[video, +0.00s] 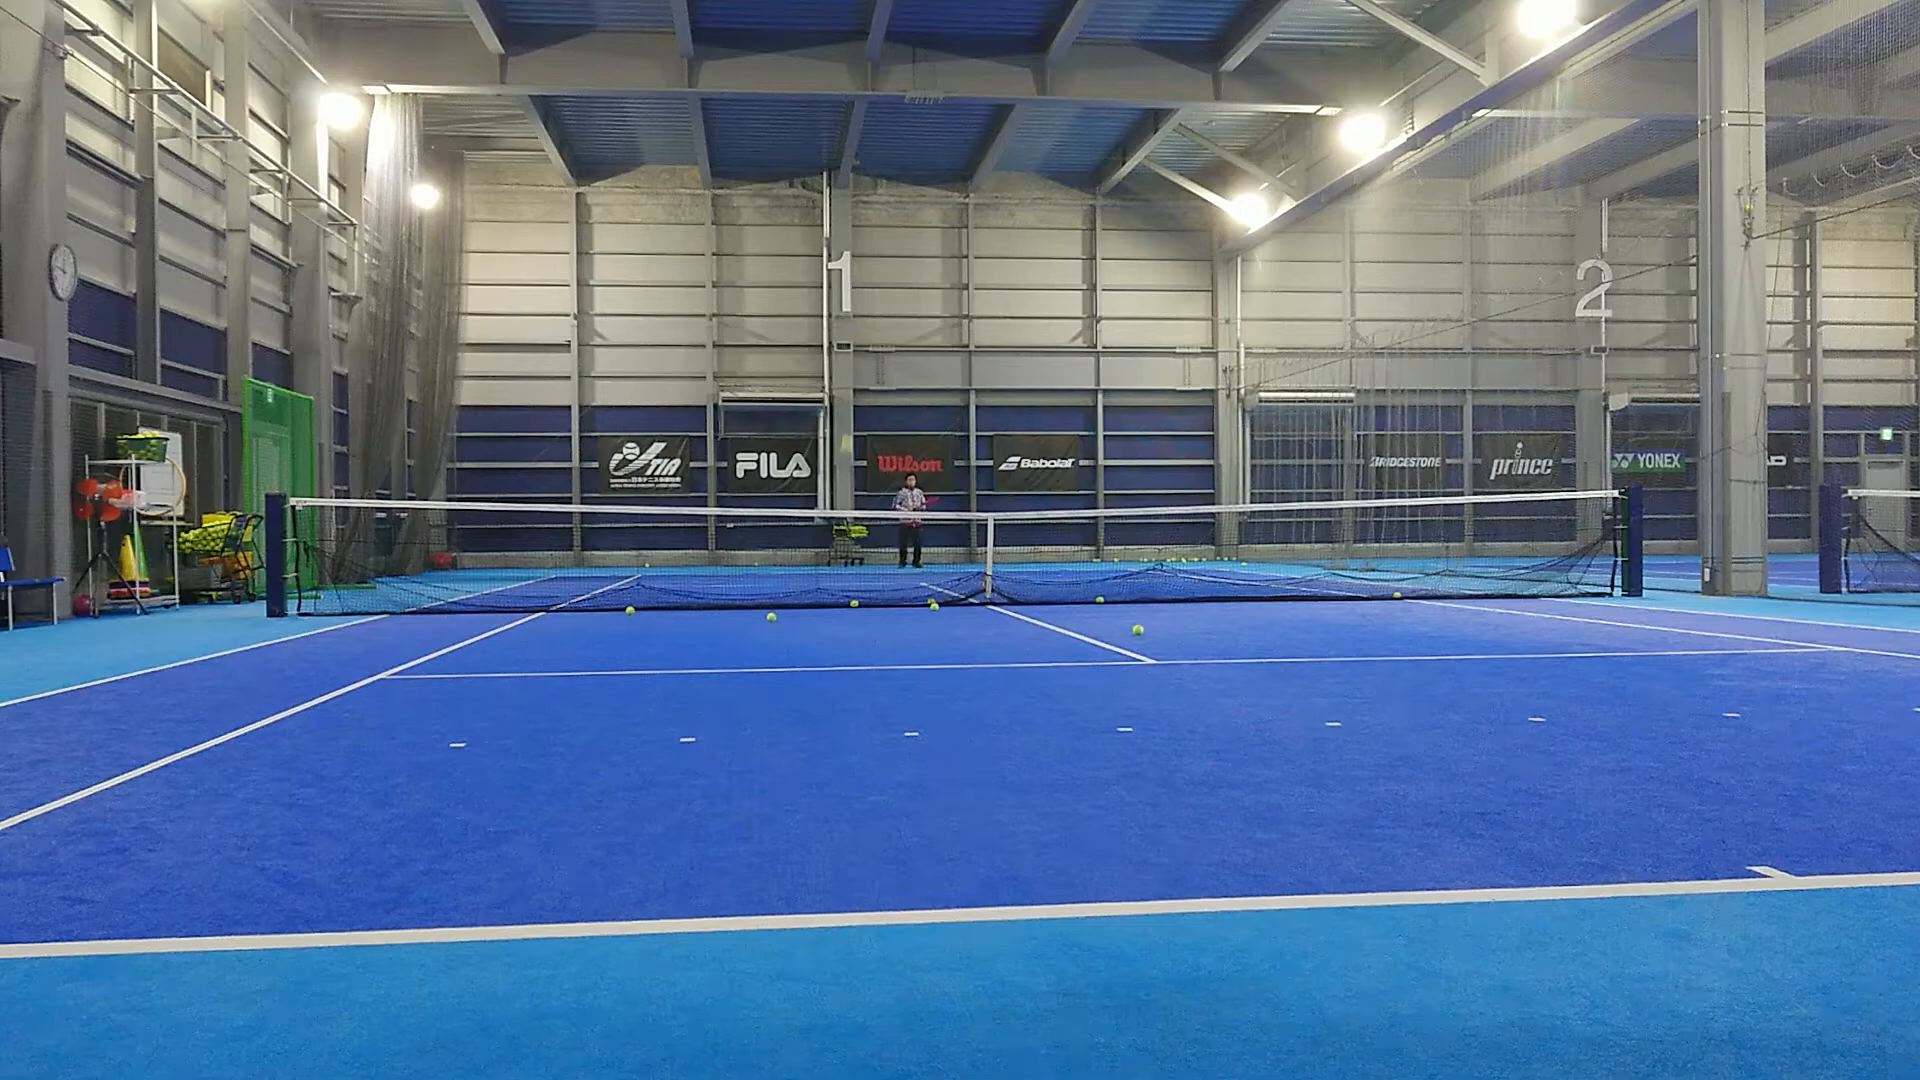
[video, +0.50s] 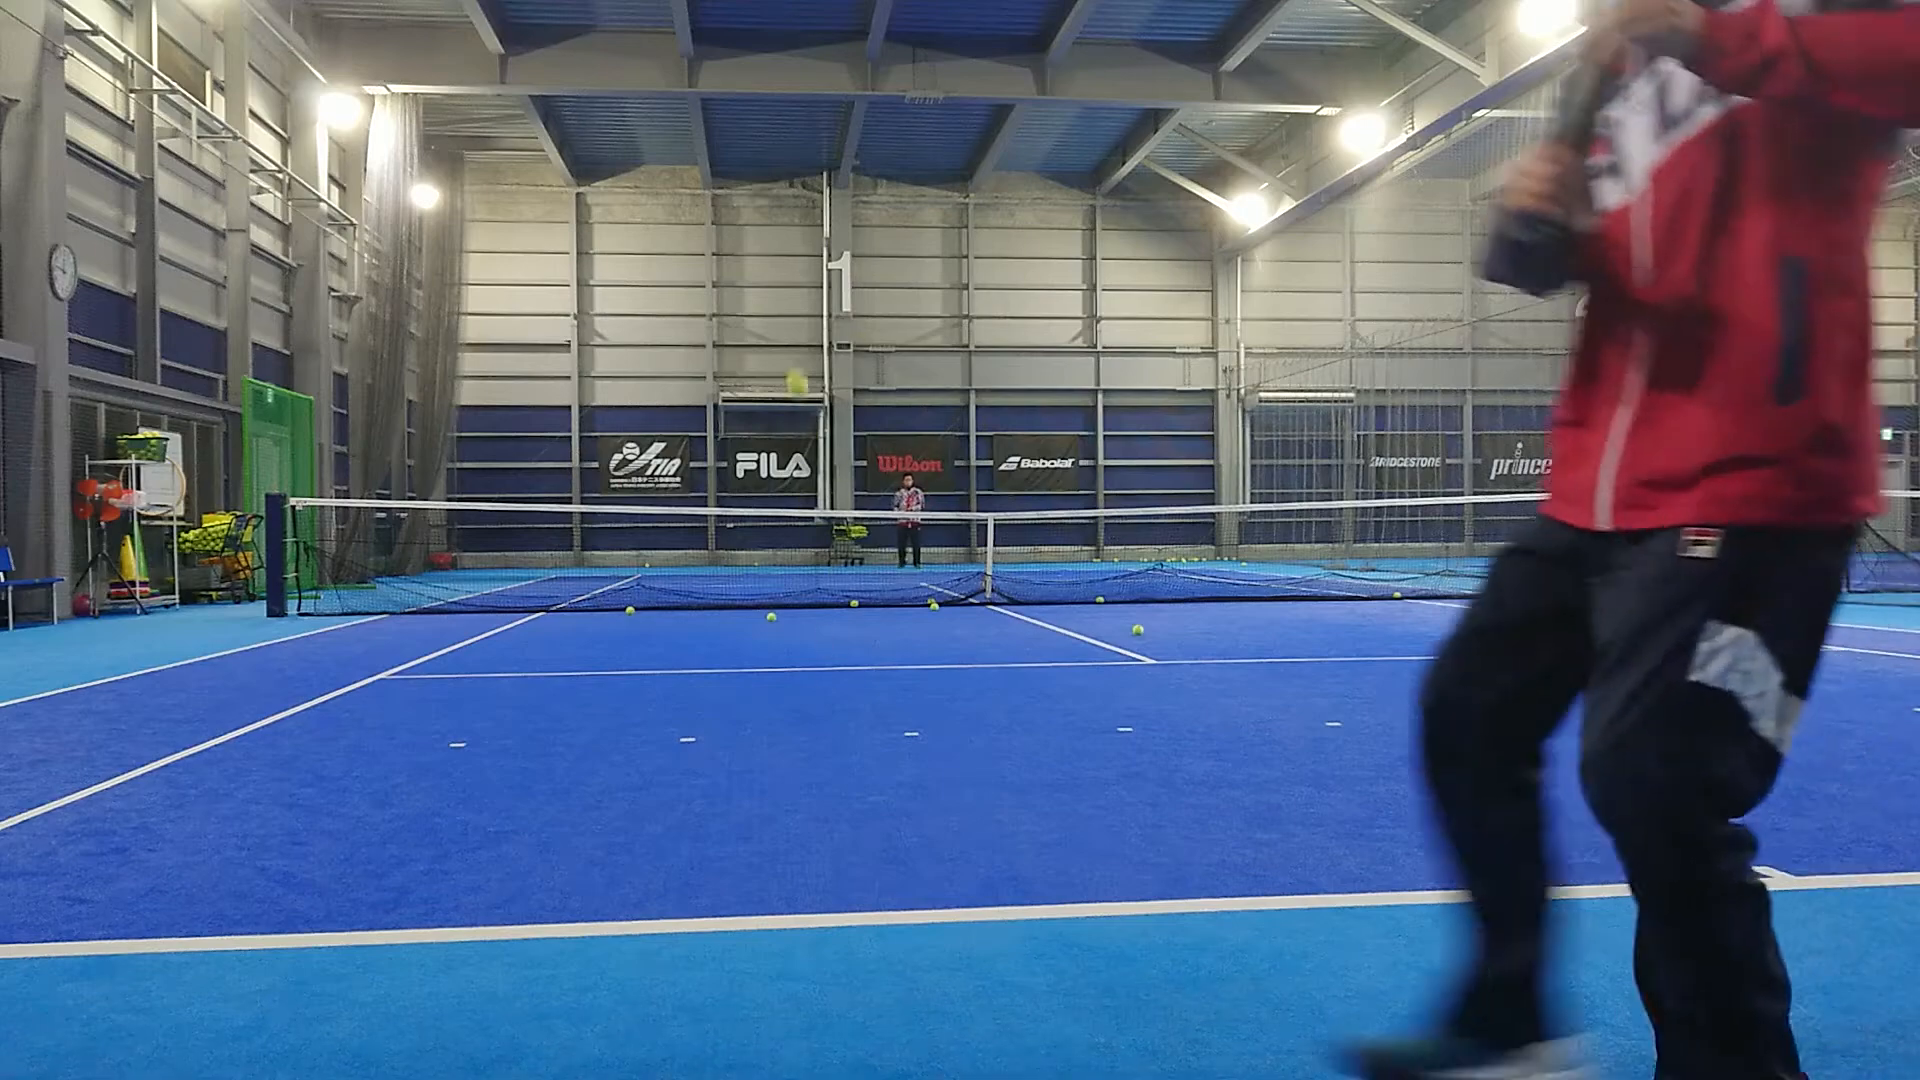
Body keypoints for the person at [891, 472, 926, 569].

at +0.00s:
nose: (911, 482)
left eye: (913, 480)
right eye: (909, 480)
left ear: (915, 481)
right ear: (906, 481)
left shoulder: (919, 492)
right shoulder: (901, 493)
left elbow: (924, 505)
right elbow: (896, 505)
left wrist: (919, 509)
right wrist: (906, 511)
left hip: (916, 521)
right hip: (904, 521)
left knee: (917, 543)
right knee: (903, 544)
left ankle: (916, 561)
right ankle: (902, 561)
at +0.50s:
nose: (908, 482)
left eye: (910, 480)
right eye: (906, 480)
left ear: (913, 481)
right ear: (903, 482)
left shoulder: (918, 493)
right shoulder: (899, 494)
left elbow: (921, 505)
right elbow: (895, 506)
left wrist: (912, 509)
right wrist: (900, 514)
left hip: (915, 521)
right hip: (902, 522)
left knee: (916, 544)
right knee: (901, 544)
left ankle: (916, 562)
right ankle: (902, 562)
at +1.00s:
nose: (902, 482)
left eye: (904, 480)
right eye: (900, 480)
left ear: (907, 482)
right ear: (897, 482)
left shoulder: (912, 492)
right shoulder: (894, 494)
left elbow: (916, 504)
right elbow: (890, 507)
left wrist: (908, 510)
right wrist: (898, 512)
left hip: (912, 522)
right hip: (900, 522)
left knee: (915, 544)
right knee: (899, 545)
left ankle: (916, 562)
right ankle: (898, 563)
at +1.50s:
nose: (911, 485)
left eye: (913, 483)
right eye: (909, 483)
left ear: (916, 484)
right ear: (906, 485)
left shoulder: (920, 496)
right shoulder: (903, 496)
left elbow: (922, 510)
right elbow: (900, 508)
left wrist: (922, 522)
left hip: (918, 523)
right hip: (906, 524)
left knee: (922, 544)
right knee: (903, 545)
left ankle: (929, 561)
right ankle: (899, 562)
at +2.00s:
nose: (935, 487)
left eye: (937, 485)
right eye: (933, 485)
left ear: (940, 486)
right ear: (930, 487)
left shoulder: (943, 495)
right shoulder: (932, 496)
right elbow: (927, 504)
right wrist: (918, 498)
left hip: (944, 521)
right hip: (937, 521)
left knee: (937, 543)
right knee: (940, 542)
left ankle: (933, 560)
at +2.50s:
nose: (961, 489)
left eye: (963, 487)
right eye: (960, 487)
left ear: (968, 487)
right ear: (959, 489)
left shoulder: (970, 497)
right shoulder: (961, 498)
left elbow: (957, 500)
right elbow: (950, 501)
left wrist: (945, 500)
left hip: (971, 525)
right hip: (962, 525)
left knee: (977, 546)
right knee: (955, 543)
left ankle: (989, 560)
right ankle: (958, 561)